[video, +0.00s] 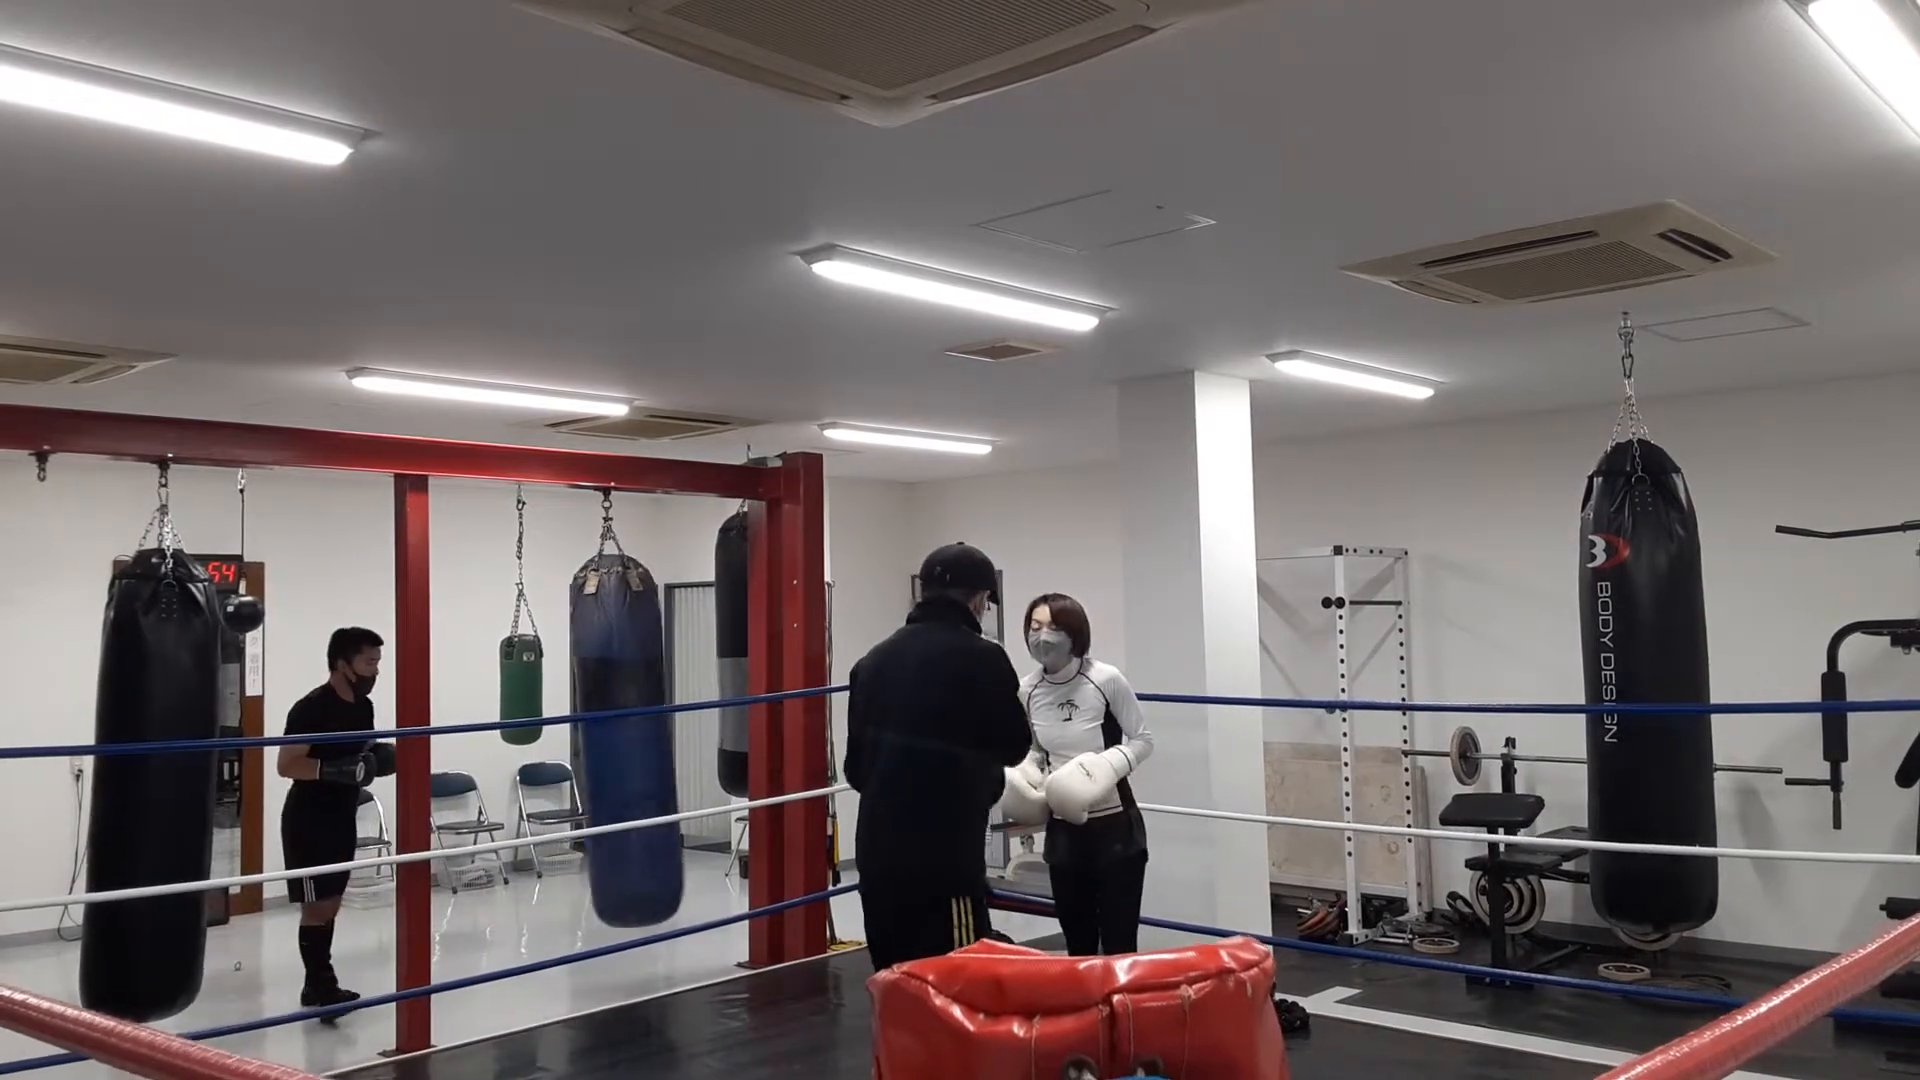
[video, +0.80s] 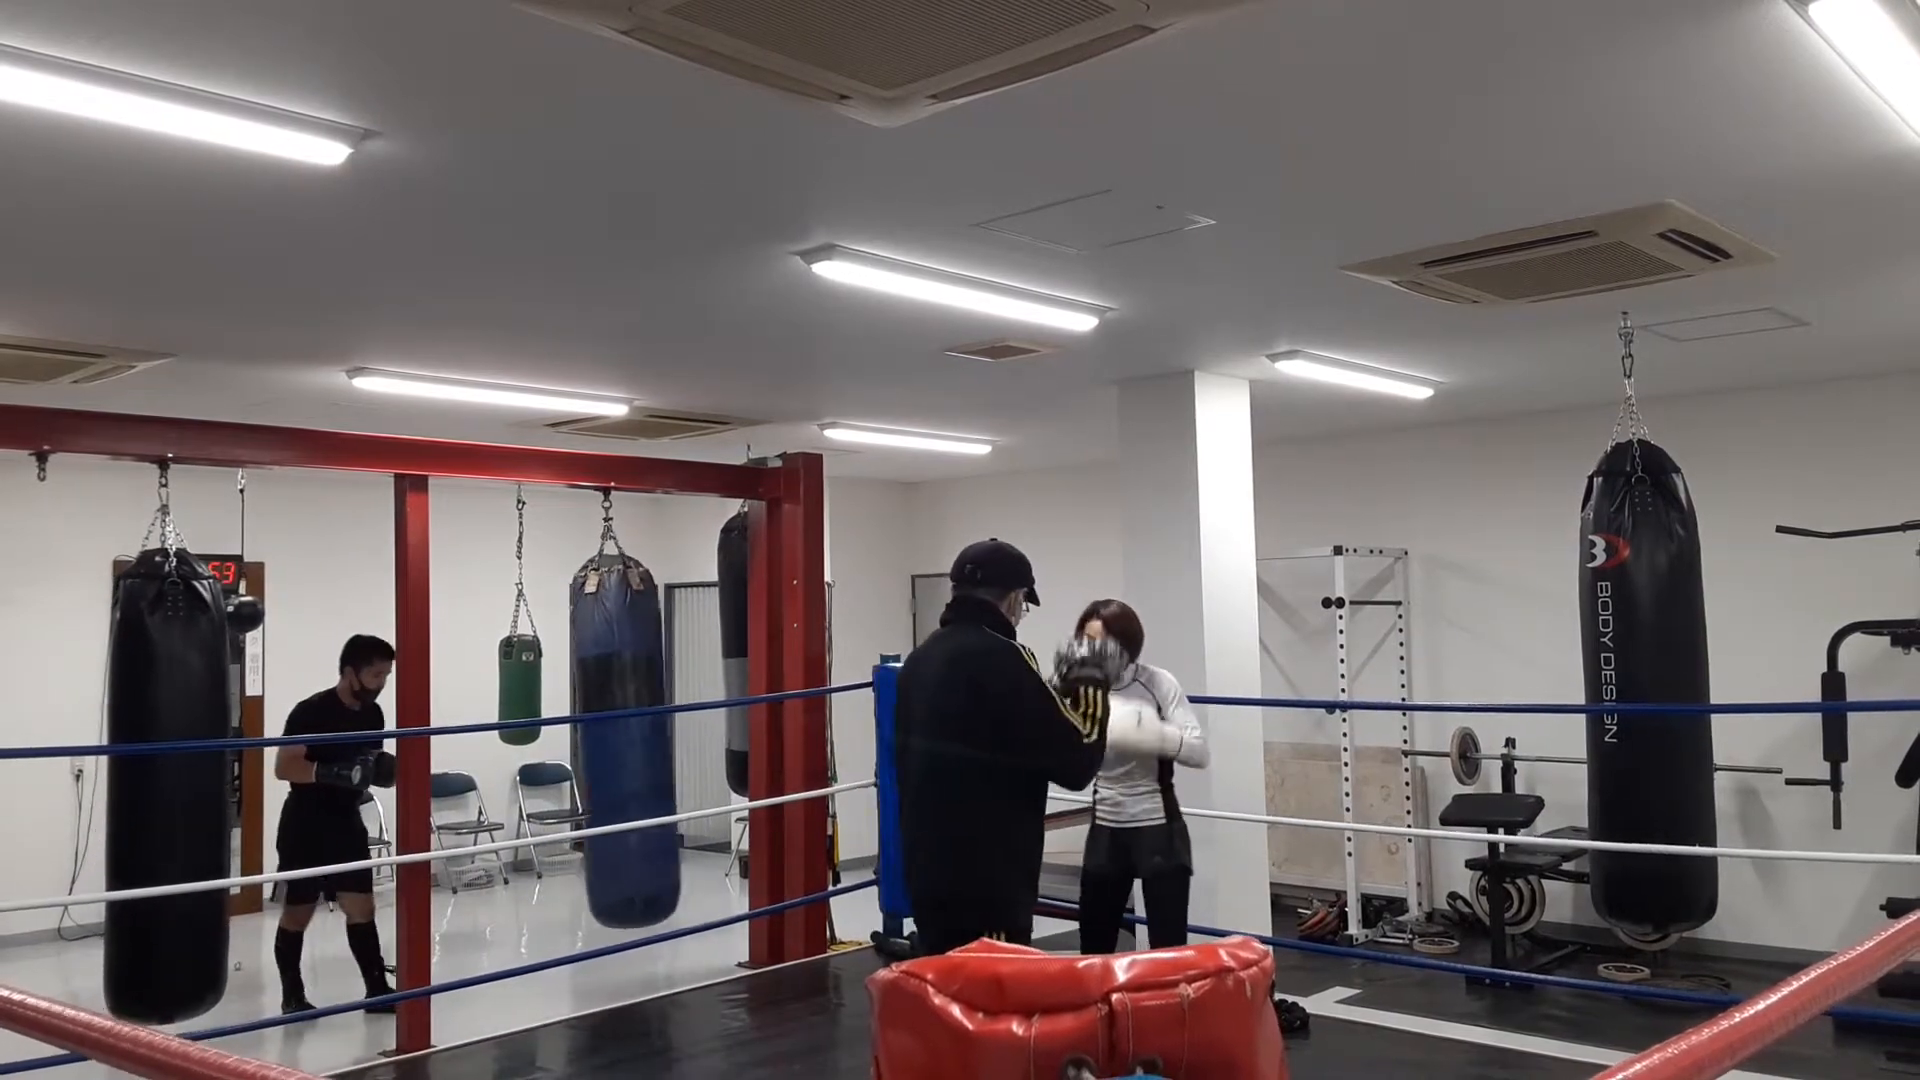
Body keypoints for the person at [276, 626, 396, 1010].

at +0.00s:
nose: (377, 668)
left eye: (378, 660)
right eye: (370, 661)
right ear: (343, 663)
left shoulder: (364, 707)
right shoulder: (310, 708)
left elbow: (354, 756)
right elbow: (287, 764)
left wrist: (380, 758)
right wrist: (342, 771)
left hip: (342, 812)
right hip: (307, 813)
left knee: (331, 900)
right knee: (316, 902)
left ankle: (317, 985)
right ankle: (321, 990)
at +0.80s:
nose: (382, 682)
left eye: (385, 675)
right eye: (375, 674)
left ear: (383, 673)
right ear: (350, 671)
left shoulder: (372, 715)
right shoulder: (310, 711)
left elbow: (367, 762)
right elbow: (285, 767)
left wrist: (386, 769)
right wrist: (335, 772)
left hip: (347, 820)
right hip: (304, 820)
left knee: (361, 905)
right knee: (298, 910)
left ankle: (377, 991)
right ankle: (293, 997)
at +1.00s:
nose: (398, 680)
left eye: (400, 673)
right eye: (393, 671)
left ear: (383, 670)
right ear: (370, 667)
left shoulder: (389, 716)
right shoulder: (327, 707)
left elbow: (396, 766)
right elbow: (308, 761)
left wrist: (403, 762)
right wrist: (358, 763)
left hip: (363, 814)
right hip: (321, 816)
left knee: (372, 904)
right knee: (324, 910)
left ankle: (380, 991)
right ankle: (300, 993)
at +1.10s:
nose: (401, 677)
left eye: (402, 670)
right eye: (396, 669)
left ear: (383, 668)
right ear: (372, 666)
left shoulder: (390, 712)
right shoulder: (331, 705)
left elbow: (409, 759)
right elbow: (319, 760)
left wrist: (404, 756)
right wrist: (363, 757)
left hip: (366, 815)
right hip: (323, 816)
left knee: (373, 903)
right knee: (322, 909)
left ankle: (380, 990)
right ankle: (299, 991)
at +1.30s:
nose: (397, 678)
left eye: (399, 670)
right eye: (392, 670)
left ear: (380, 670)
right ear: (368, 667)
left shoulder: (386, 712)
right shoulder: (327, 706)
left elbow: (405, 763)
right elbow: (323, 763)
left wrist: (416, 743)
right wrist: (369, 754)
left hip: (362, 818)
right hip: (318, 820)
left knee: (371, 902)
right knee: (306, 909)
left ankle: (380, 990)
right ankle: (268, 992)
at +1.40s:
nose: (391, 678)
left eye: (393, 670)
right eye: (386, 669)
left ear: (372, 672)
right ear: (361, 668)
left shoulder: (378, 713)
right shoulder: (320, 708)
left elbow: (389, 764)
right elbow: (311, 768)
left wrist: (407, 757)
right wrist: (359, 760)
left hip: (356, 820)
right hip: (313, 823)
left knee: (368, 903)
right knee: (296, 912)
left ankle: (380, 990)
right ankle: (255, 995)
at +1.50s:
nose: (380, 683)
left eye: (381, 675)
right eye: (375, 675)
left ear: (362, 673)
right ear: (348, 671)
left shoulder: (365, 717)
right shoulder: (306, 713)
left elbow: (360, 766)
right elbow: (295, 775)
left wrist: (391, 761)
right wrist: (349, 767)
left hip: (345, 822)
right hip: (303, 825)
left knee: (363, 907)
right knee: (286, 919)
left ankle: (380, 989)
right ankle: (247, 1002)